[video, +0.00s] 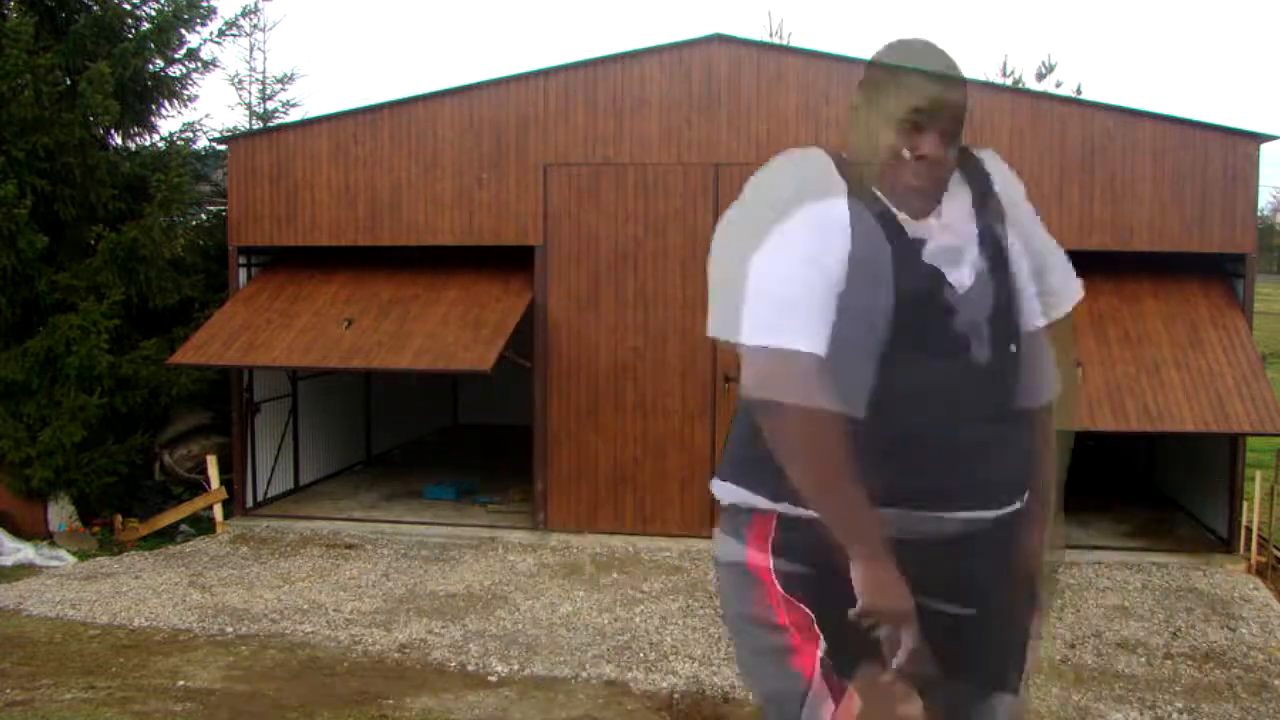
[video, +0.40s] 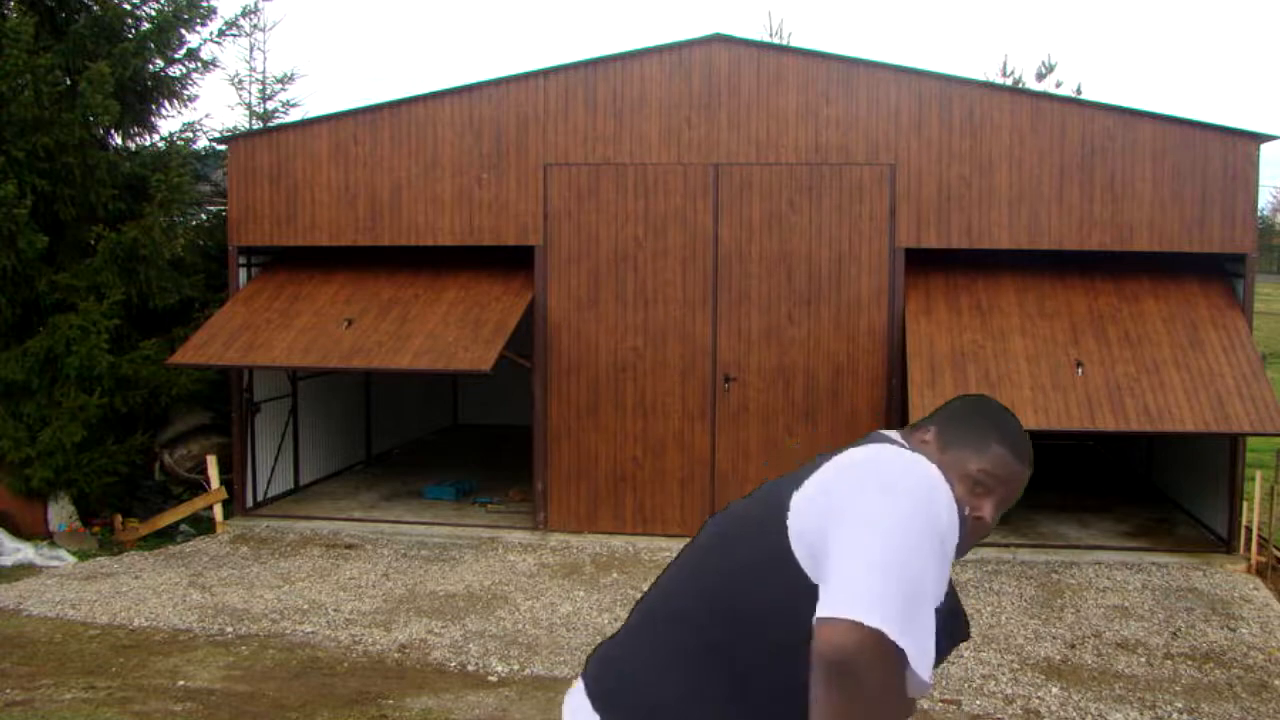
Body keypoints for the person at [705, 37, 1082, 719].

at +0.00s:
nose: (933, 148)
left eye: (949, 130)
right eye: (914, 125)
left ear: (963, 135)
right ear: (864, 120)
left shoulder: (998, 228)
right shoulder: (817, 230)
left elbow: (1035, 388)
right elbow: (787, 399)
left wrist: (1034, 522)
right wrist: (870, 554)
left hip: (972, 544)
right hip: (813, 547)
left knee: (979, 704)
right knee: (865, 706)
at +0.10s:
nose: (969, 261)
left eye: (989, 243)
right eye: (950, 234)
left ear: (1004, 244)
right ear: (902, 212)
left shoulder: (1001, 304)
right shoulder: (853, 276)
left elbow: (1014, 506)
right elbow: (845, 493)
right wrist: (908, 665)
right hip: (783, 622)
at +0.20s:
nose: (997, 424)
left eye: (1014, 413)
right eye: (985, 395)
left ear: (1023, 416)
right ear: (930, 356)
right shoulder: (904, 419)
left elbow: (962, 601)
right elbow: (886, 642)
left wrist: (980, 708)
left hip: (817, 690)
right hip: (715, 696)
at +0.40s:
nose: (985, 514)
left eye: (1001, 507)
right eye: (978, 486)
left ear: (910, 446)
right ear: (925, 444)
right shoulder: (905, 483)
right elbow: (849, 652)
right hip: (634, 707)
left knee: (941, 613)